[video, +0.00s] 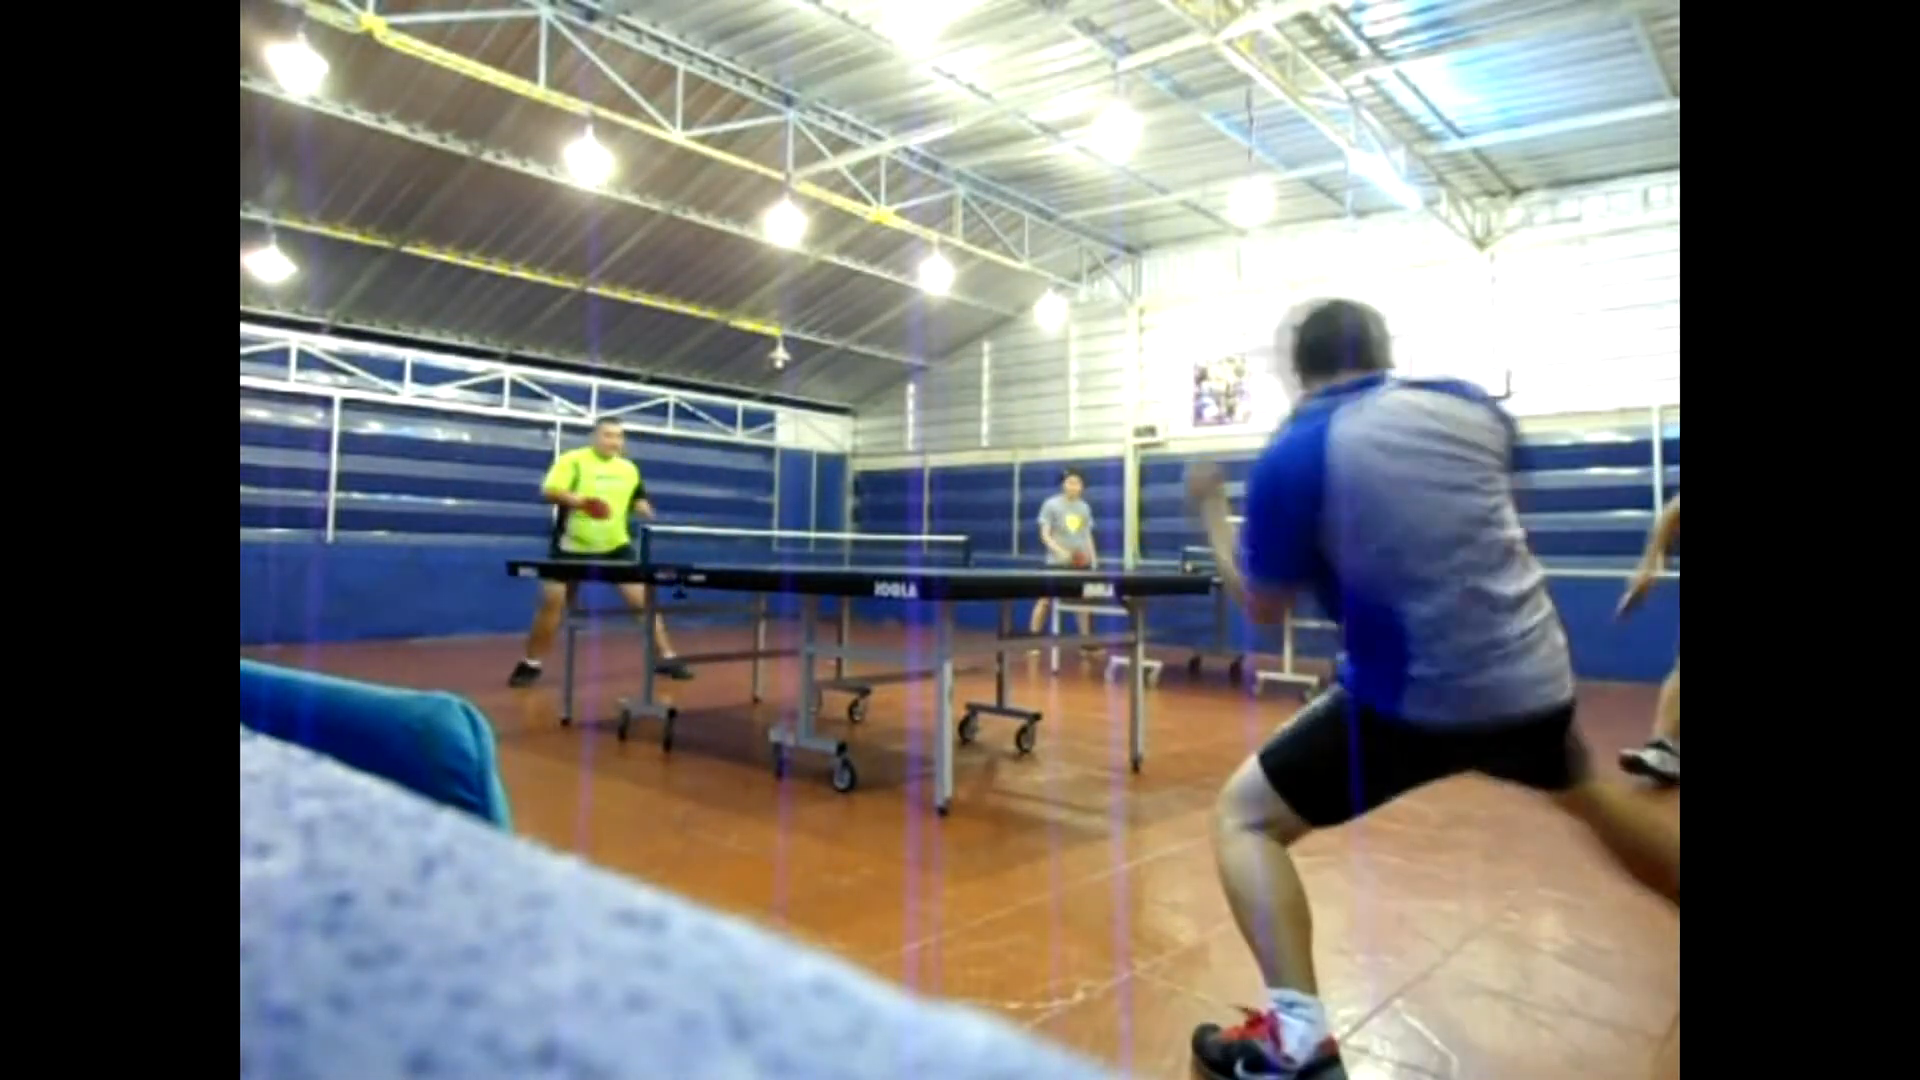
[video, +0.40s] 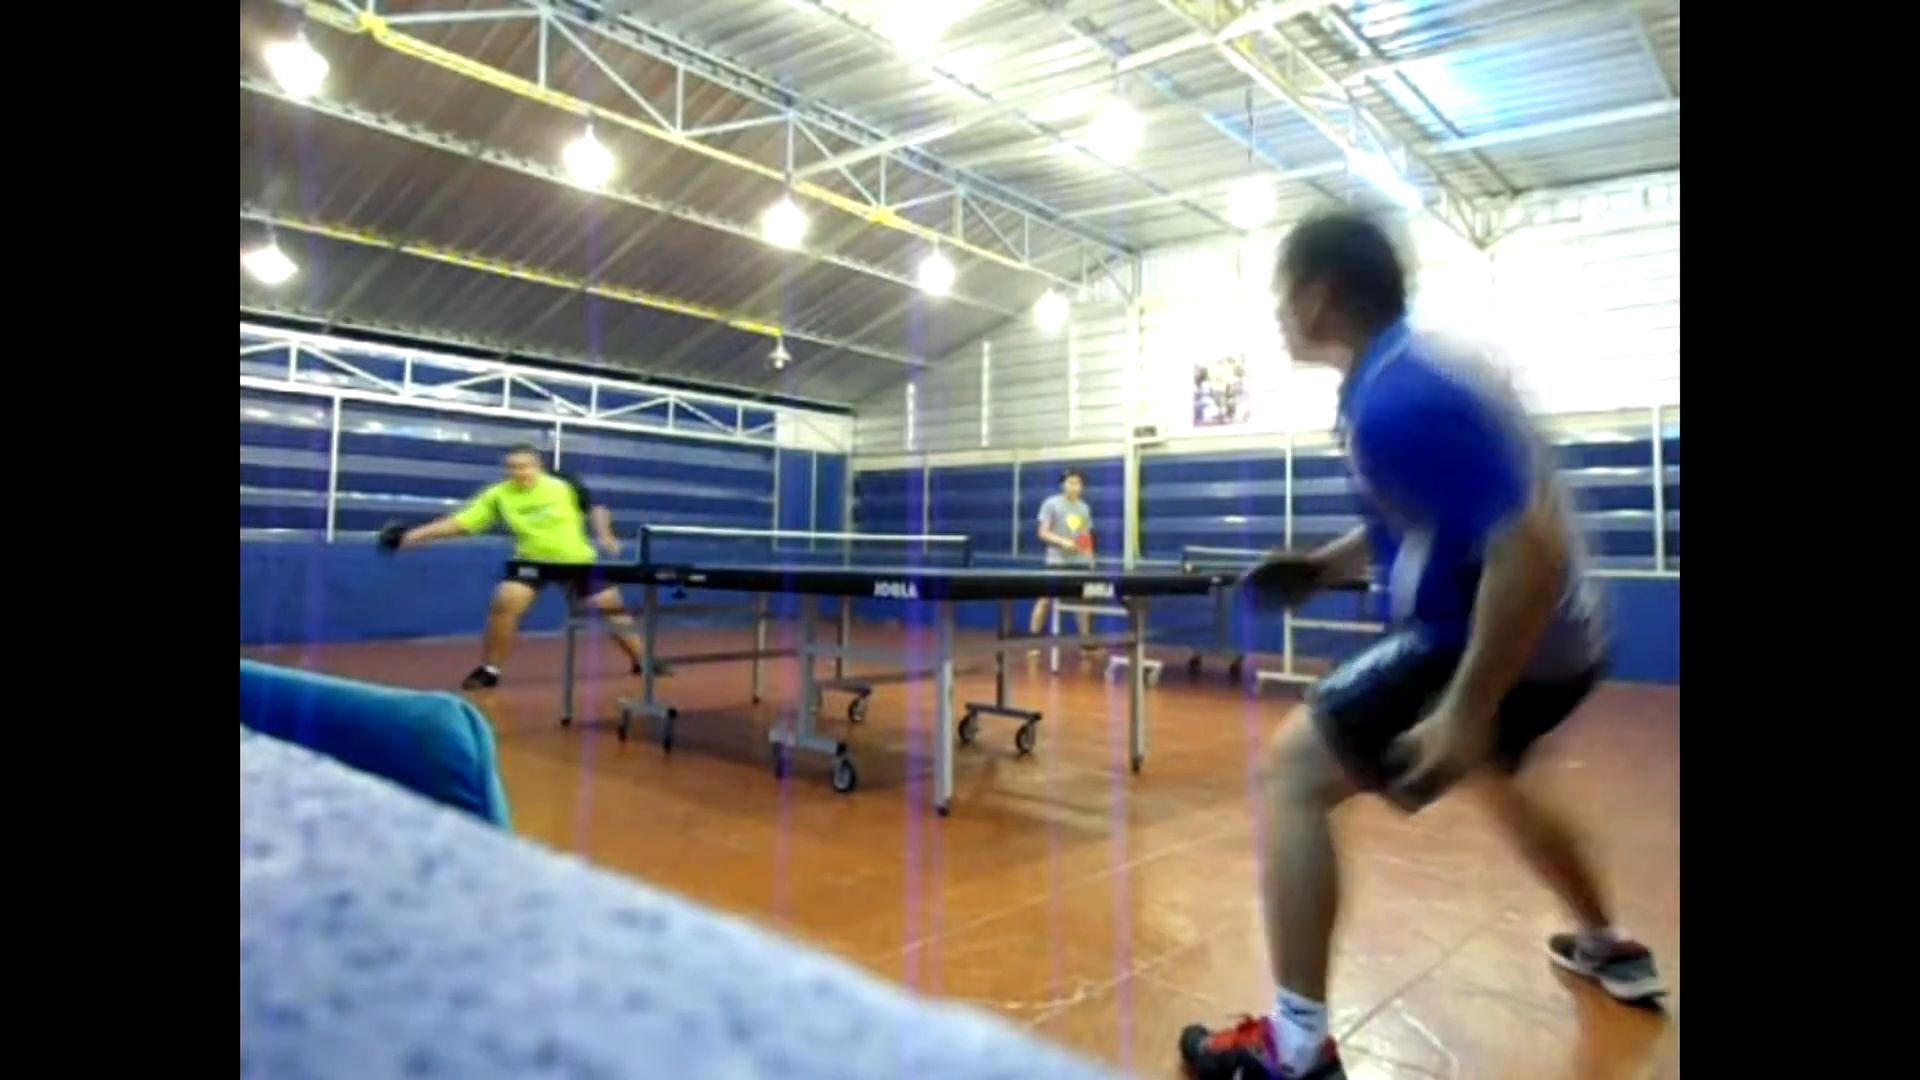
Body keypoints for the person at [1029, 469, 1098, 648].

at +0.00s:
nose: (1073, 487)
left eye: (1077, 483)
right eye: (1069, 483)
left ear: (1082, 486)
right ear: (1063, 485)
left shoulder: (1084, 507)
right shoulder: (1051, 505)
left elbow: (1087, 535)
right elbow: (1045, 534)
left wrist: (1092, 559)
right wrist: (1063, 552)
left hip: (1080, 562)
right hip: (1056, 561)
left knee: (1083, 601)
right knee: (1045, 599)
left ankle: (1085, 638)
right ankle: (1033, 636)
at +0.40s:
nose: (1074, 487)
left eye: (1077, 483)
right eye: (1070, 483)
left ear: (1082, 487)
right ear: (1063, 485)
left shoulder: (1084, 508)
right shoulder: (1051, 504)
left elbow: (1086, 533)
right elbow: (1043, 532)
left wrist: (1089, 554)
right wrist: (1065, 543)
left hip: (1080, 560)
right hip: (1056, 560)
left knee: (1083, 600)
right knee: (1046, 598)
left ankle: (1085, 638)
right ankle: (1034, 635)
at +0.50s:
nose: (1086, 490)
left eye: (1089, 486)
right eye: (1083, 485)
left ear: (1092, 489)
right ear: (1075, 487)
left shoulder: (1086, 507)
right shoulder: (1063, 504)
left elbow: (1085, 531)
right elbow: (1065, 522)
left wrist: (1087, 553)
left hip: (1077, 558)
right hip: (1057, 557)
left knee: (1081, 599)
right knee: (1049, 597)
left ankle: (1086, 636)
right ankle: (1037, 633)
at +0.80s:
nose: (1083, 490)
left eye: (1085, 486)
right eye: (1079, 486)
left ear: (1088, 490)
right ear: (1071, 488)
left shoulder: (1085, 509)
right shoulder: (1057, 505)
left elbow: (1087, 532)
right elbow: (1045, 526)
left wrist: (1083, 553)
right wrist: (1065, 530)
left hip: (1076, 558)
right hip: (1053, 557)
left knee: (1084, 599)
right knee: (1043, 597)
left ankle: (1087, 637)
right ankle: (1031, 634)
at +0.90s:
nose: (1078, 492)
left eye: (1081, 488)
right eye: (1075, 487)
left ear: (1084, 492)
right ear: (1067, 489)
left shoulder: (1082, 509)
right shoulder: (1053, 506)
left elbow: (1084, 531)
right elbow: (1039, 529)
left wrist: (1076, 552)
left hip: (1069, 558)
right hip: (1048, 558)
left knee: (1078, 599)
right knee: (1039, 597)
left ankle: (1085, 637)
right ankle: (1030, 634)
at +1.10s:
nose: (1076, 495)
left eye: (1075, 489)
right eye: (1069, 489)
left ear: (1077, 494)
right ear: (1053, 492)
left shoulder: (1076, 517)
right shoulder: (1041, 517)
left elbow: (1081, 542)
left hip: (1068, 566)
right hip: (1042, 564)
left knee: (1076, 601)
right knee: (1037, 598)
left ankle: (1082, 638)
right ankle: (1030, 634)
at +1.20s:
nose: (1078, 503)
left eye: (1081, 499)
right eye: (1074, 499)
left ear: (1084, 500)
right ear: (1066, 500)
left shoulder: (1083, 522)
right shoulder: (1052, 517)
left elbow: (1081, 549)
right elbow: (1046, 545)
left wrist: (1057, 547)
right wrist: (1069, 549)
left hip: (1069, 564)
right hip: (1044, 564)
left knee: (1076, 600)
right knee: (1040, 598)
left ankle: (1083, 638)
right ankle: (1030, 635)